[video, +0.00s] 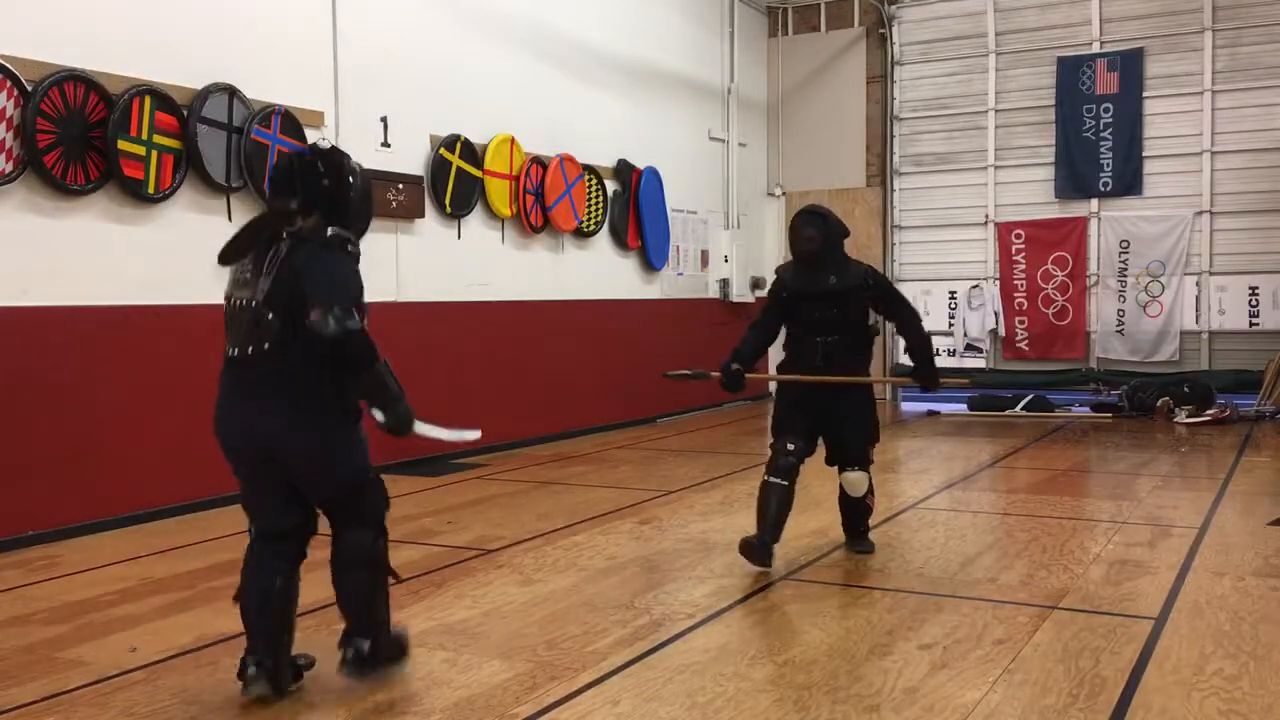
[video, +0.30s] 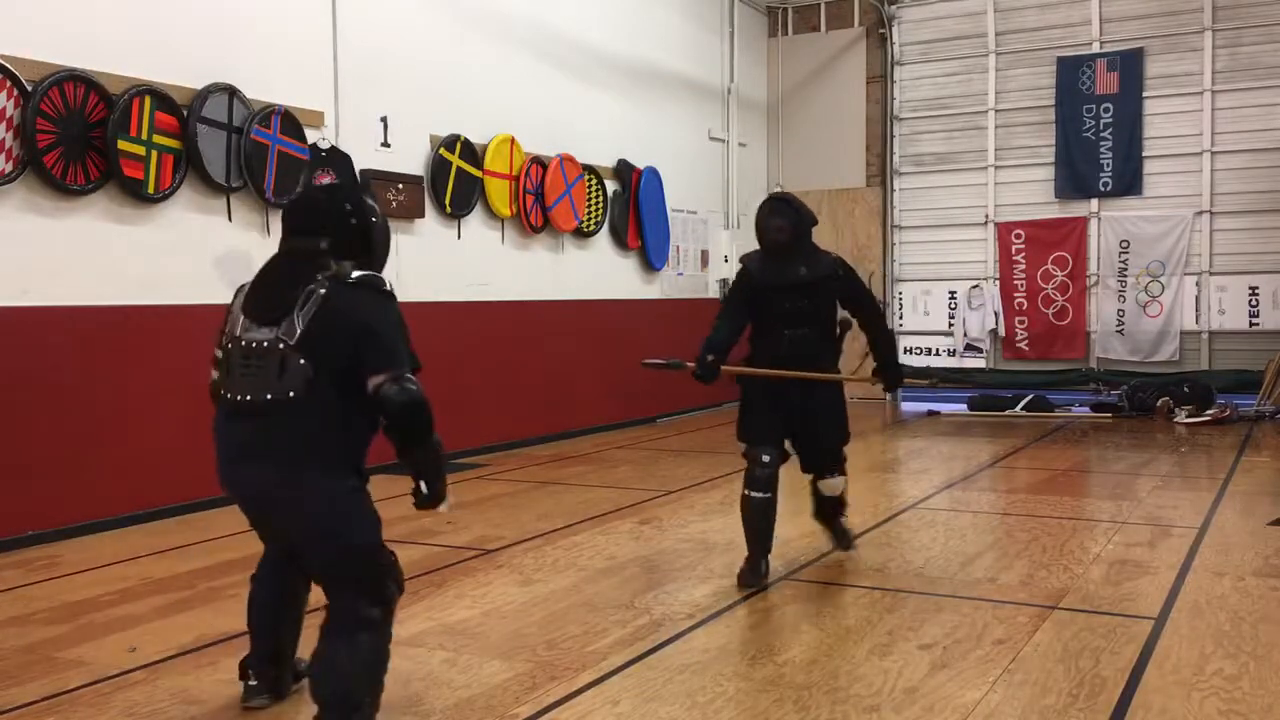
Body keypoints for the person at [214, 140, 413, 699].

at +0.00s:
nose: (364, 205)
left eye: (361, 194)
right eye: (357, 195)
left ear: (293, 197)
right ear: (338, 200)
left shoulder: (257, 246)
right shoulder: (325, 252)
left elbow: (270, 340)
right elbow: (340, 332)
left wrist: (342, 389)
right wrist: (389, 398)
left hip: (243, 418)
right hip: (308, 421)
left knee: (278, 525)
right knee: (360, 508)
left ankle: (265, 658)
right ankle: (367, 636)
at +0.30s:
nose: (380, 236)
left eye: (376, 225)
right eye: (373, 226)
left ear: (298, 231)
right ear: (354, 231)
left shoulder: (260, 284)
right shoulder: (361, 293)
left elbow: (229, 377)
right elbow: (396, 395)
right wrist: (427, 465)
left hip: (244, 464)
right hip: (315, 473)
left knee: (288, 548)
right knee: (367, 584)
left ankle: (269, 672)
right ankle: (345, 706)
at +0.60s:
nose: (394, 240)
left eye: (392, 229)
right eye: (388, 229)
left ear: (303, 231)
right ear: (367, 234)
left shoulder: (253, 287)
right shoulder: (372, 290)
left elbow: (233, 390)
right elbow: (421, 406)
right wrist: (451, 479)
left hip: (224, 468)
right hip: (317, 476)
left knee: (255, 567)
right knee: (380, 576)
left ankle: (229, 706)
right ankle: (354, 707)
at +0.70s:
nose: (381, 226)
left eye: (377, 214)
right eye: (372, 215)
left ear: (288, 222)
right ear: (348, 225)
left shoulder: (239, 283)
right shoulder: (359, 289)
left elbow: (222, 392)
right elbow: (407, 401)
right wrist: (446, 481)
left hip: (210, 475)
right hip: (307, 479)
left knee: (223, 593)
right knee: (374, 580)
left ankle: (188, 708)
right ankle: (351, 707)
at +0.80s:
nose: (363, 216)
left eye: (358, 202)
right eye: (354, 204)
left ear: (268, 214)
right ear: (328, 215)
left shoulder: (214, 284)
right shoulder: (337, 287)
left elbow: (212, 392)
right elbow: (382, 401)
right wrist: (428, 475)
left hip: (196, 485)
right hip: (291, 486)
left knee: (181, 623)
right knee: (368, 578)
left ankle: (145, 708)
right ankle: (350, 707)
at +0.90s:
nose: (341, 211)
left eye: (337, 198)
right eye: (330, 199)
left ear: (243, 212)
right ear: (301, 212)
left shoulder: (191, 282)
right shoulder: (314, 283)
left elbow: (178, 398)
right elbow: (357, 406)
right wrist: (404, 487)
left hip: (178, 488)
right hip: (272, 486)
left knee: (168, 630)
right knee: (359, 572)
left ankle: (136, 710)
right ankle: (350, 707)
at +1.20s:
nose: (331, 204)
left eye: (326, 193)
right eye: (323, 194)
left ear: (238, 202)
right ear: (303, 202)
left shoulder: (183, 274)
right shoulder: (329, 275)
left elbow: (173, 379)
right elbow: (371, 397)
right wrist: (399, 488)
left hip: (192, 486)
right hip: (297, 487)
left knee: (169, 629)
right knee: (367, 599)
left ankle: (137, 709)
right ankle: (393, 709)